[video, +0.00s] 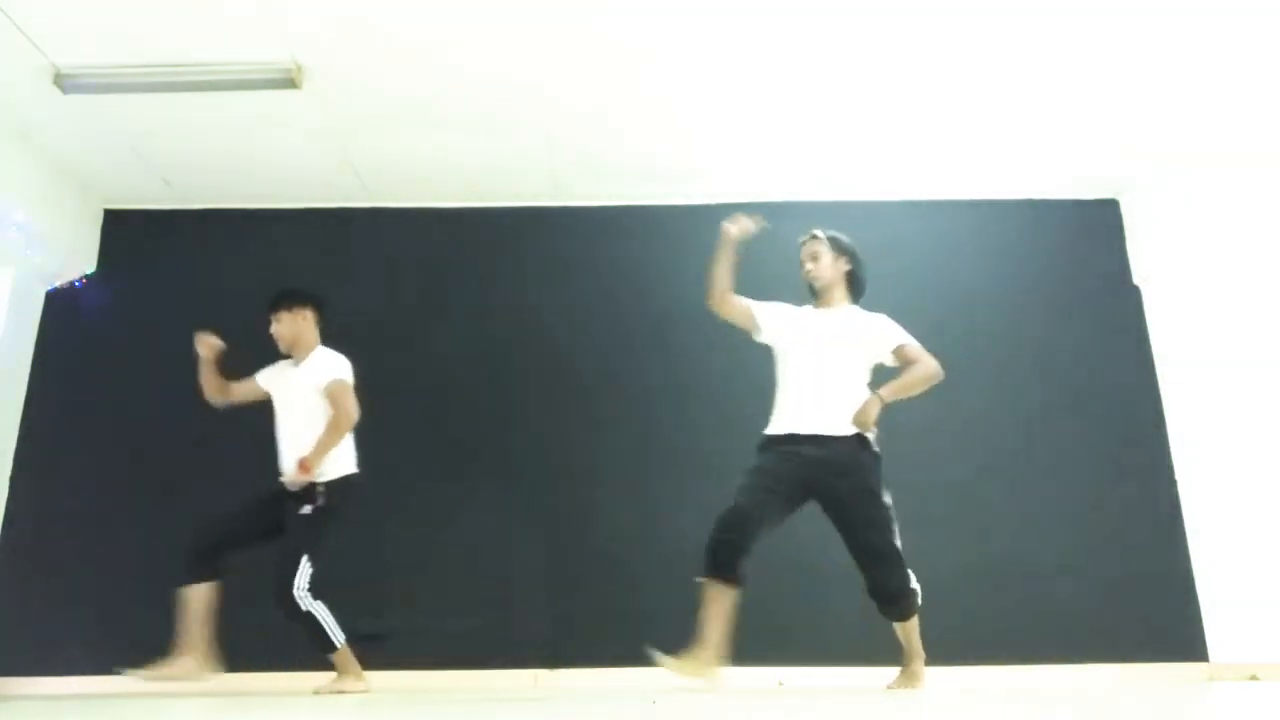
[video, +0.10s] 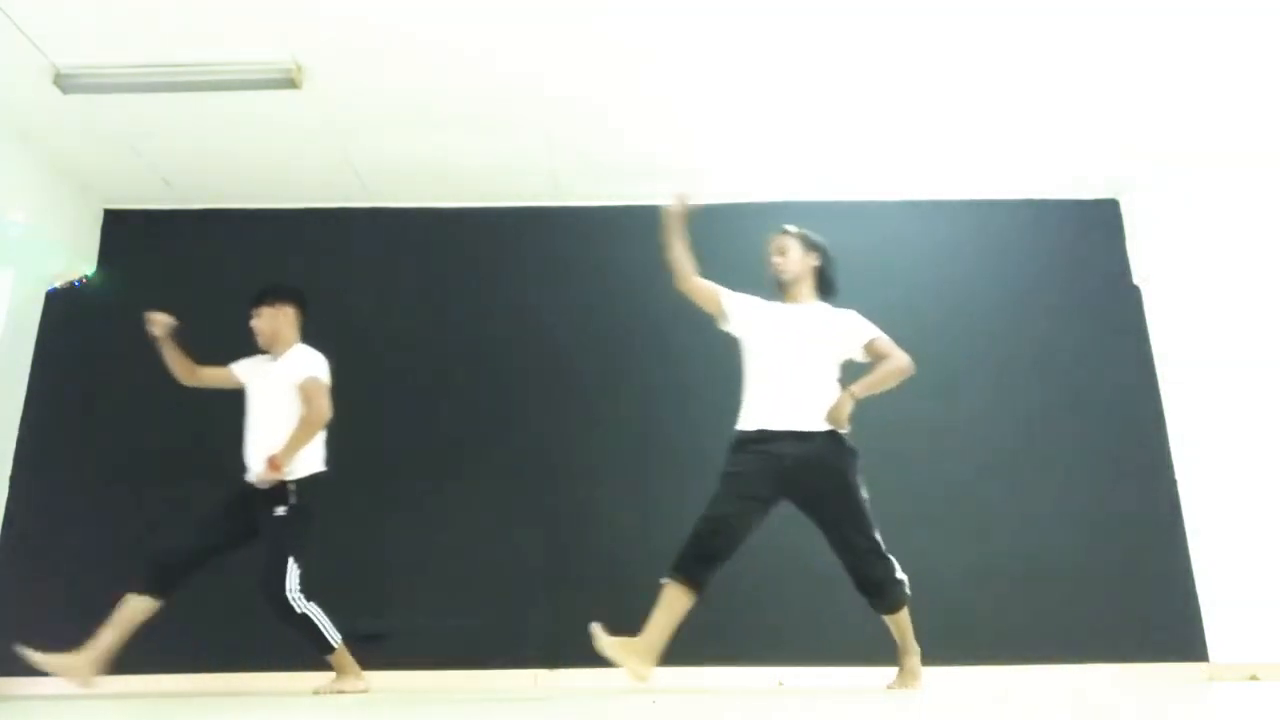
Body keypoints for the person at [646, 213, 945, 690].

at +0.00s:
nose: (809, 264)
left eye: (818, 255)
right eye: (805, 259)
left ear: (845, 264)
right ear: (803, 269)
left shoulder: (872, 325)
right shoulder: (784, 318)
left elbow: (930, 369)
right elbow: (721, 301)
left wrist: (880, 397)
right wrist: (728, 241)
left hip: (847, 455)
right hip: (784, 453)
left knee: (883, 564)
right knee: (730, 534)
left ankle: (914, 665)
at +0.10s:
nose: (776, 260)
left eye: (785, 251)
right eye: (772, 253)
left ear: (813, 259)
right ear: (770, 263)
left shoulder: (842, 321)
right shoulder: (750, 311)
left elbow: (900, 364)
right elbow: (687, 277)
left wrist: (852, 395)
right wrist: (674, 219)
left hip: (821, 453)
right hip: (756, 451)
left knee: (865, 557)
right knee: (707, 542)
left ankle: (910, 657)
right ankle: (645, 650)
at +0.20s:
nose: (726, 253)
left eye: (737, 245)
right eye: (723, 248)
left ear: (766, 254)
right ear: (719, 259)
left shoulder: (798, 317)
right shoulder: (706, 311)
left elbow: (863, 357)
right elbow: (640, 282)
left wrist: (821, 398)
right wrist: (605, 227)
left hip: (794, 459)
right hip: (727, 461)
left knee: (852, 559)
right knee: (672, 555)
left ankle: (906, 653)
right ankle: (618, 665)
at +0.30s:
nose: (674, 260)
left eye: (684, 250)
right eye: (670, 254)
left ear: (715, 258)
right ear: (669, 267)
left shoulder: (754, 316)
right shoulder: (661, 323)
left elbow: (830, 352)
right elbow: (593, 308)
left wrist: (797, 407)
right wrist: (538, 265)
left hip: (771, 465)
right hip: (703, 469)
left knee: (843, 562)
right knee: (637, 542)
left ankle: (892, 655)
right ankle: (611, 667)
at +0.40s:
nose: (634, 282)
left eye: (643, 270)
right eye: (629, 275)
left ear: (675, 269)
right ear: (631, 285)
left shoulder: (723, 325)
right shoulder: (630, 347)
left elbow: (803, 360)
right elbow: (557, 348)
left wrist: (778, 422)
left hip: (755, 472)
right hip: (686, 478)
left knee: (836, 562)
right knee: (620, 531)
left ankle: (869, 654)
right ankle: (610, 667)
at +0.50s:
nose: (616, 306)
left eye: (625, 293)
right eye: (610, 300)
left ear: (658, 292)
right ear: (609, 311)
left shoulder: (711, 342)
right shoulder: (617, 370)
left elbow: (793, 374)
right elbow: (550, 396)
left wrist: (770, 439)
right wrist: (483, 390)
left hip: (746, 479)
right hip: (677, 486)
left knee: (836, 567)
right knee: (613, 534)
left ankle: (861, 658)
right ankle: (609, 666)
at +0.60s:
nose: (618, 328)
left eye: (626, 315)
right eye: (613, 320)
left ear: (660, 313)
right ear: (612, 327)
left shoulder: (715, 359)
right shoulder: (622, 387)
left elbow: (796, 391)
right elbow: (562, 431)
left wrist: (771, 455)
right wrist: (502, 442)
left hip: (747, 488)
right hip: (678, 493)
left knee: (840, 575)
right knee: (613, 534)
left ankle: (860, 665)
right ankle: (609, 667)